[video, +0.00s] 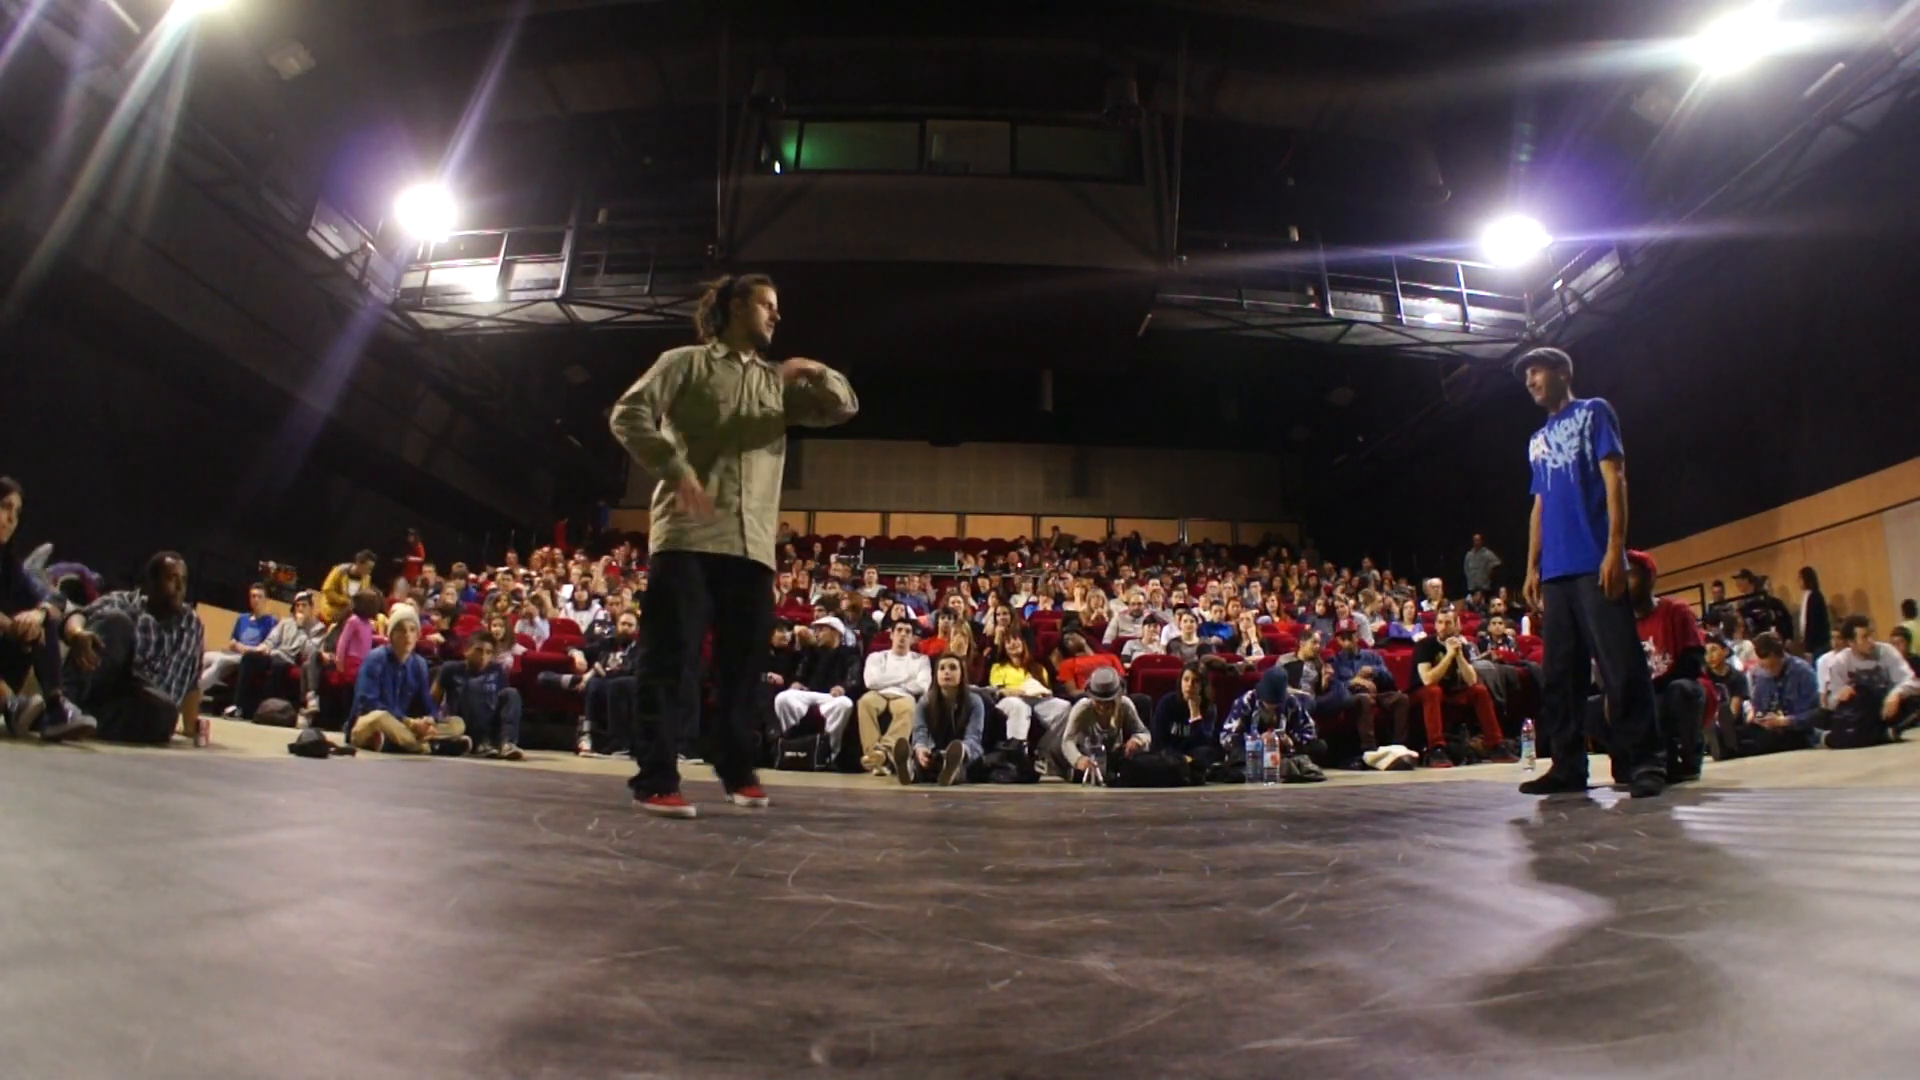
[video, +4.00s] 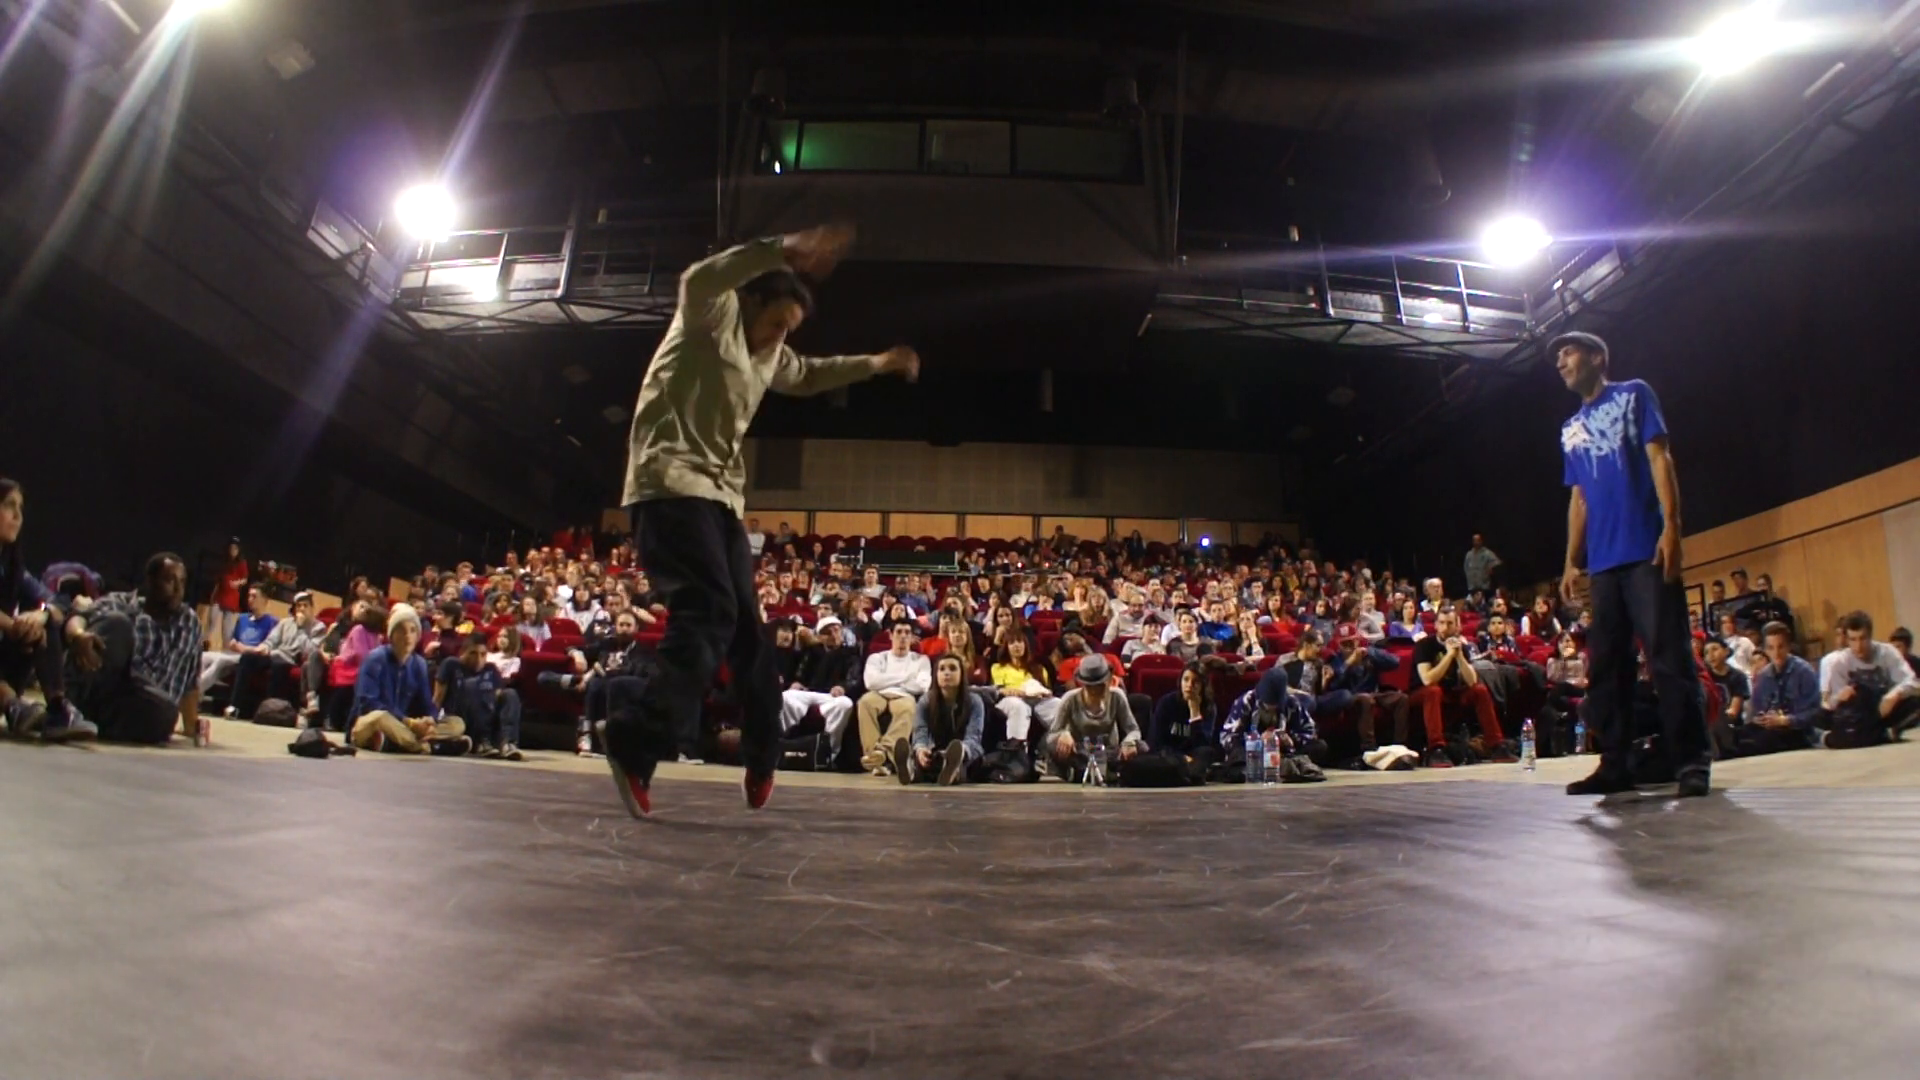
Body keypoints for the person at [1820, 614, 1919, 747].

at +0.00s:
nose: (1870, 641)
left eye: (1870, 635)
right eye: (1864, 637)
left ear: (1873, 634)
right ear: (1851, 643)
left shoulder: (1887, 652)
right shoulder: (1840, 662)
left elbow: (1910, 680)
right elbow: (1830, 703)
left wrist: (1895, 694)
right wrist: (1839, 696)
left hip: (1885, 703)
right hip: (1856, 706)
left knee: (1914, 703)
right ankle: (1884, 734)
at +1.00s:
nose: (1859, 641)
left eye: (1863, 635)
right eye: (1853, 636)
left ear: (1870, 635)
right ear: (1847, 638)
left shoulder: (1887, 652)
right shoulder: (1838, 662)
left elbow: (1911, 680)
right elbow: (1830, 703)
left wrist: (1894, 695)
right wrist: (1839, 697)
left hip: (1886, 704)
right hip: (1857, 706)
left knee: (1913, 703)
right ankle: (1884, 734)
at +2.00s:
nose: (1857, 642)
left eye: (1862, 635)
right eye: (1852, 636)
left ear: (1870, 635)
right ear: (1845, 638)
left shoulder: (1887, 652)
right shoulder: (1838, 661)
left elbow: (1911, 680)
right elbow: (1830, 702)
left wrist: (1894, 695)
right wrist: (1839, 696)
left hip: (1886, 703)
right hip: (1857, 706)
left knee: (1913, 704)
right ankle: (1884, 734)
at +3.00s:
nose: (1857, 643)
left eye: (1861, 637)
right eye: (1851, 638)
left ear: (1869, 636)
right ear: (1845, 639)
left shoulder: (1887, 652)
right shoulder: (1836, 661)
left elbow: (1911, 681)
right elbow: (1830, 702)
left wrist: (1894, 695)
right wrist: (1839, 696)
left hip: (1886, 703)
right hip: (1857, 705)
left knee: (1914, 704)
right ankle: (1884, 734)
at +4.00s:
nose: (1858, 645)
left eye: (1862, 639)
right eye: (1853, 639)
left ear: (1870, 637)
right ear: (1847, 639)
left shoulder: (1887, 652)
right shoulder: (1839, 662)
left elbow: (1910, 680)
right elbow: (1829, 703)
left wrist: (1893, 695)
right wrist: (1839, 697)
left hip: (1884, 704)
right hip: (1856, 706)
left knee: (1914, 703)